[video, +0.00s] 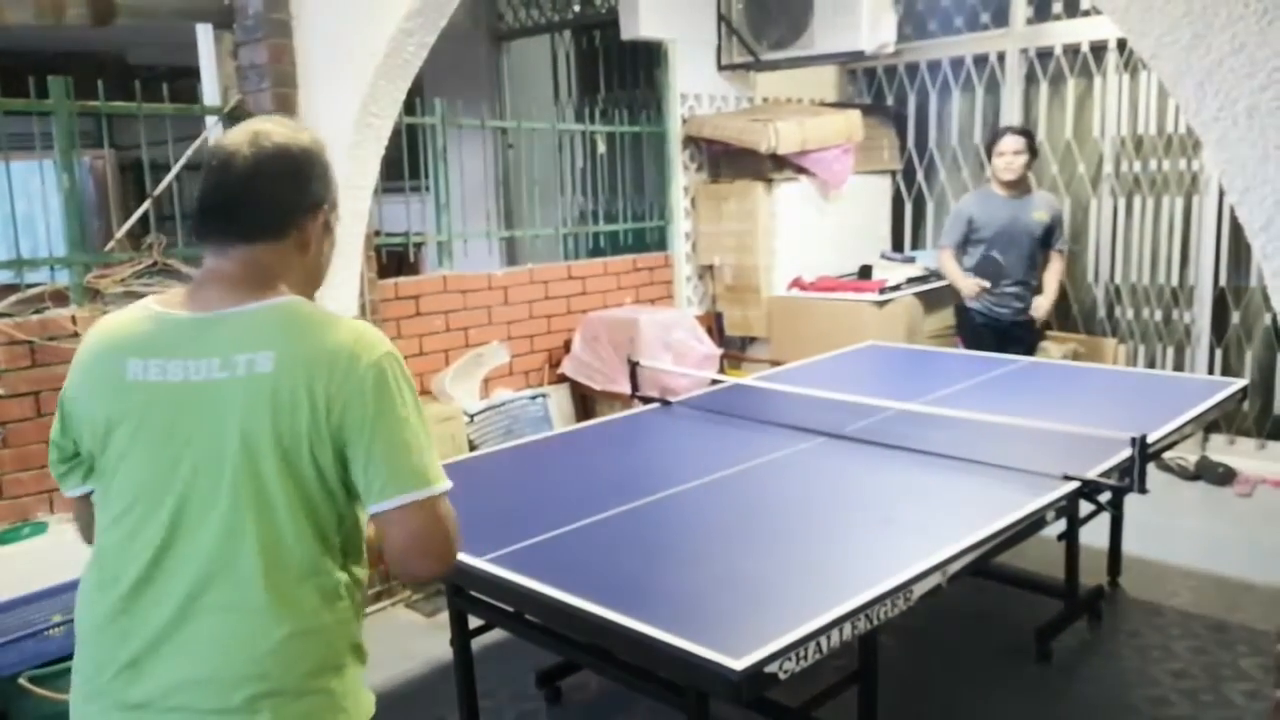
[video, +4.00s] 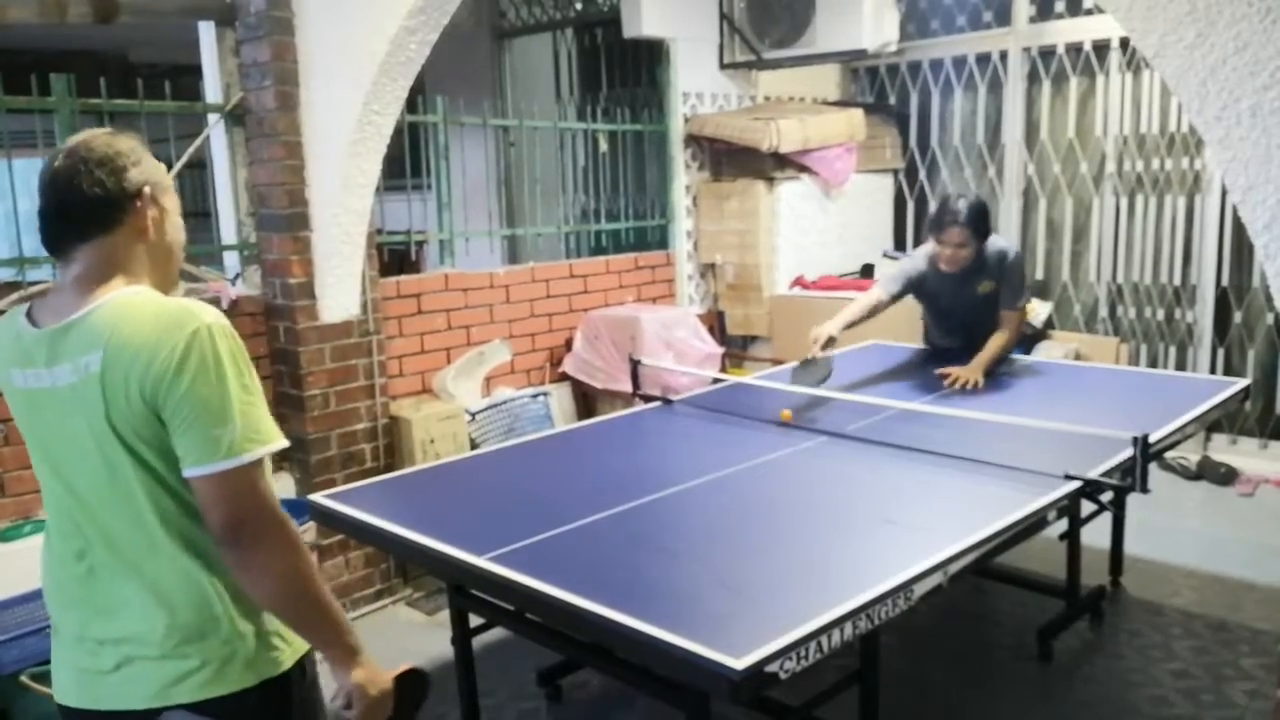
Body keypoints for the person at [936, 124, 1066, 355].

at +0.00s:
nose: (1008, 161)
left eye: (1017, 153)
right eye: (1000, 154)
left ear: (1030, 159)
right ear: (990, 160)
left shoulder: (1047, 207)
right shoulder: (970, 204)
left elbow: (1056, 255)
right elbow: (945, 253)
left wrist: (1047, 298)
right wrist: (962, 282)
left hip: (1023, 317)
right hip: (978, 315)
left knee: (1016, 386)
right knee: (983, 386)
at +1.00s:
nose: (930, 210)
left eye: (938, 201)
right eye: (921, 203)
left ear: (951, 200)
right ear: (909, 204)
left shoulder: (975, 227)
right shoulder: (900, 242)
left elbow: (998, 270)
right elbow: (871, 283)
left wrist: (1009, 321)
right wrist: (866, 318)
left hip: (974, 341)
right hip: (923, 344)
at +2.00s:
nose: (954, 191)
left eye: (962, 182)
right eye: (945, 182)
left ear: (977, 182)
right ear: (935, 183)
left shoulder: (1002, 220)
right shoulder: (919, 226)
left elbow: (1021, 260)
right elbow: (877, 267)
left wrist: (1012, 295)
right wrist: (884, 299)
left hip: (985, 333)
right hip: (935, 332)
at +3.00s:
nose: (930, 187)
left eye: (938, 179)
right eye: (921, 180)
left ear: (954, 180)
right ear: (911, 184)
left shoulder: (981, 223)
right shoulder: (899, 228)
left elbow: (1000, 272)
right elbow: (859, 268)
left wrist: (1002, 319)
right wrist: (836, 303)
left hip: (973, 344)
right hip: (920, 343)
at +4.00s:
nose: (948, 254)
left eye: (960, 247)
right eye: (942, 244)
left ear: (980, 243)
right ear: (933, 238)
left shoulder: (1003, 258)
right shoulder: (921, 262)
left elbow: (1009, 328)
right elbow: (878, 297)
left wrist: (976, 366)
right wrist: (834, 326)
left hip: (990, 358)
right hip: (937, 357)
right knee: (932, 431)